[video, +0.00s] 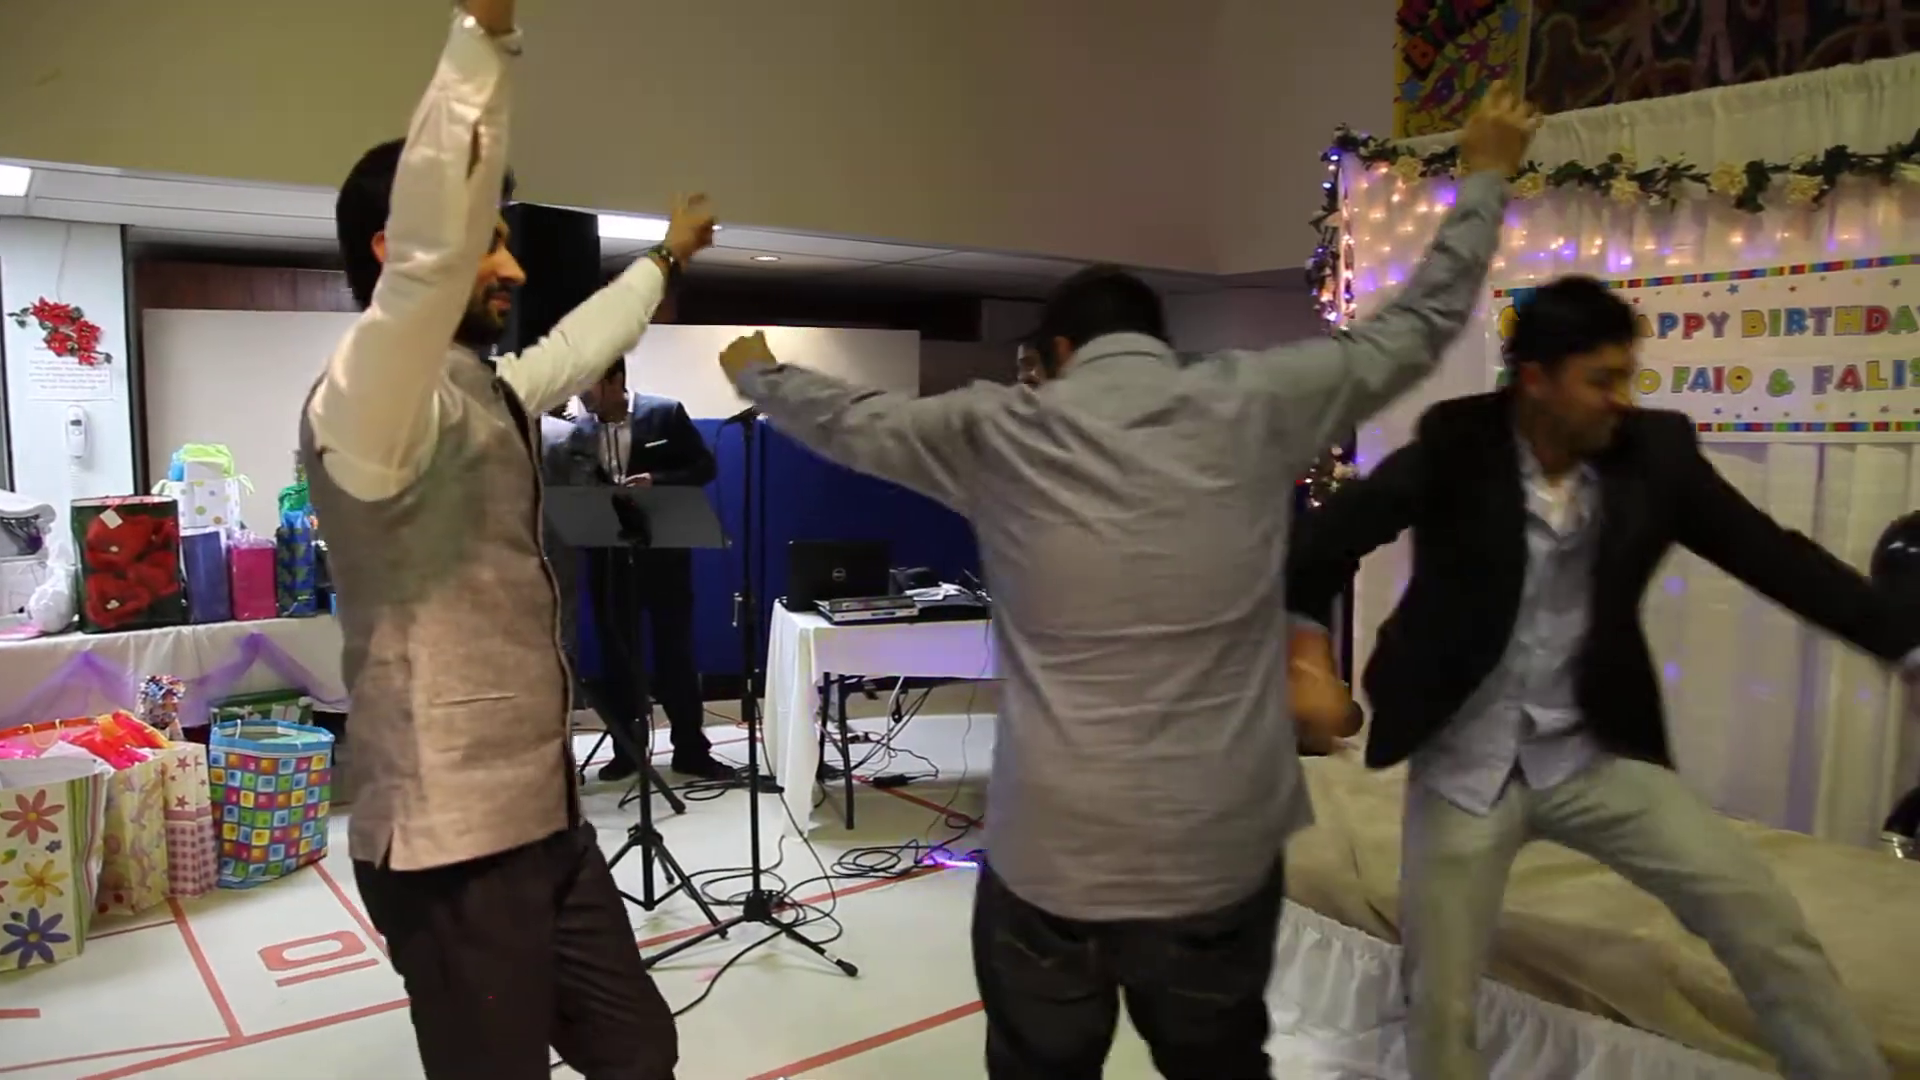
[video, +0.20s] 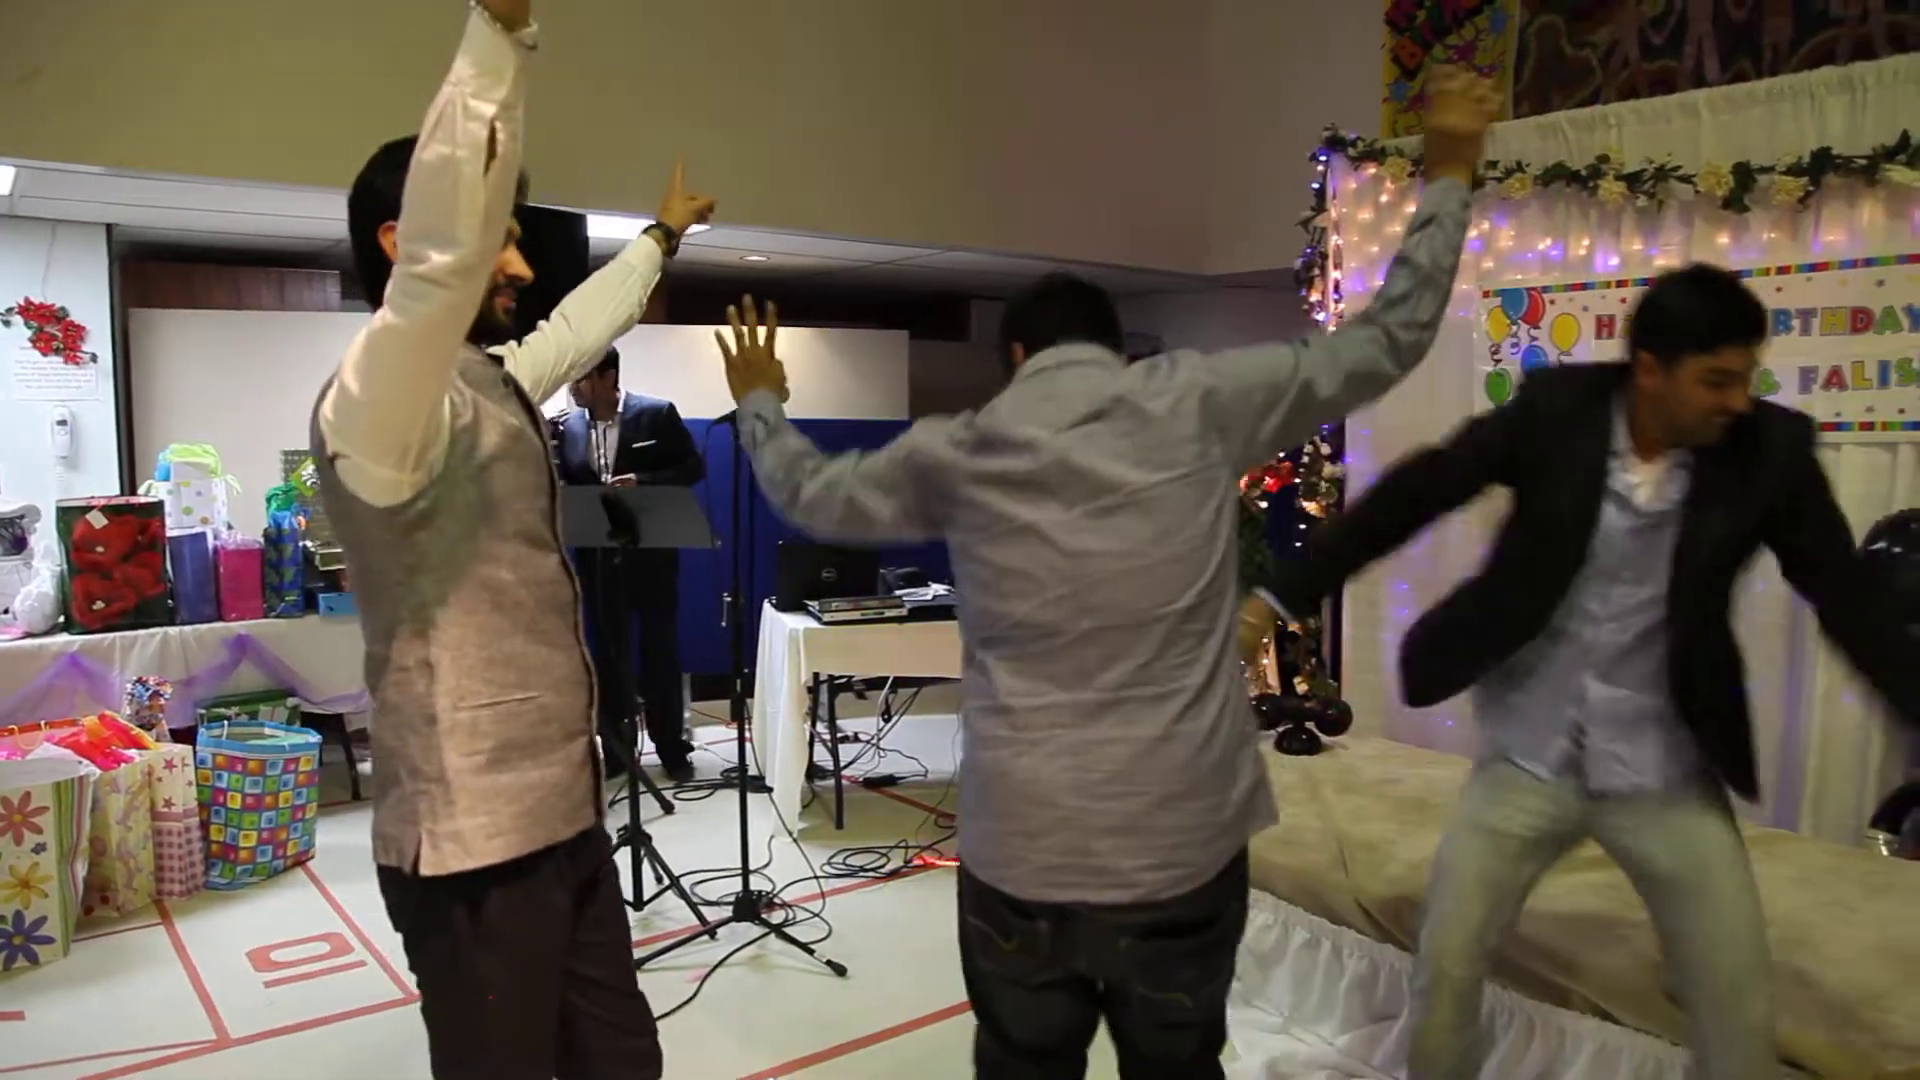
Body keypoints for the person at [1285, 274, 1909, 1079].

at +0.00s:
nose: (1622, 400)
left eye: (1627, 380)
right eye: (1604, 381)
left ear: (1634, 376)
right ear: (1532, 377)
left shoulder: (1654, 460)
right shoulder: (1450, 455)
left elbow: (1772, 556)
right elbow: (1322, 543)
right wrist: (1308, 665)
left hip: (1592, 757)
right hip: (1462, 767)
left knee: (1753, 909)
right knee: (1440, 998)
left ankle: (1857, 1074)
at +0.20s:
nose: (1738, 400)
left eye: (1747, 380)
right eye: (1719, 381)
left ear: (1752, 370)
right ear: (1648, 368)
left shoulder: (1770, 452)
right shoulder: (1553, 415)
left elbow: (1852, 602)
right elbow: (1422, 487)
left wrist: (1918, 706)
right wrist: (1299, 580)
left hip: (1666, 773)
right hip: (1526, 760)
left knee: (1735, 999)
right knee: (1446, 955)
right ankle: (1437, 1077)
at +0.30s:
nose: (1782, 424)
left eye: (1794, 403)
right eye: (1761, 403)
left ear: (1805, 394)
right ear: (1693, 387)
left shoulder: (1821, 509)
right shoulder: (1600, 441)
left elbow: (1809, 679)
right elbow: (1477, 528)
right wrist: (1345, 630)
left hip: (1695, 794)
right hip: (1556, 766)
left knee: (1741, 1043)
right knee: (1458, 953)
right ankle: (1429, 1074)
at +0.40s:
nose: (1804, 412)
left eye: (1823, 391)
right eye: (1782, 387)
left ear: (1838, 382)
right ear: (1722, 365)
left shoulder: (1828, 505)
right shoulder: (1641, 410)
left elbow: (1738, 677)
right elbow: (1533, 516)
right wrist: (1439, 642)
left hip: (1689, 766)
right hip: (1567, 726)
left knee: (1734, 1005)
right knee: (1449, 888)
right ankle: (1462, 1074)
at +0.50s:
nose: (1782, 406)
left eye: (1806, 391)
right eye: (1766, 379)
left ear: (1824, 390)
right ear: (1714, 356)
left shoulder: (1793, 490)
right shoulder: (1640, 399)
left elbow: (1711, 640)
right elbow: (1520, 516)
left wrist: (1583, 668)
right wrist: (1507, 622)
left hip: (1691, 760)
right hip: (1579, 719)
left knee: (1723, 995)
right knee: (1446, 867)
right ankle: (1459, 1073)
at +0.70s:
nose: (1678, 417)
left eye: (1702, 399)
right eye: (1660, 392)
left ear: (1722, 391)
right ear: (1614, 369)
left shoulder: (1735, 488)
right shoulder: (1548, 436)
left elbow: (1679, 662)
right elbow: (1492, 594)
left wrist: (1533, 661)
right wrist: (1582, 601)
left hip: (1696, 781)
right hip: (1565, 764)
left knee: (1771, 1036)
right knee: (1508, 982)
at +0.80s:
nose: (1646, 420)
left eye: (1666, 400)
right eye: (1626, 398)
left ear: (1684, 393)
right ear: (1574, 381)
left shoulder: (1706, 492)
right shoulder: (1504, 464)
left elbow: (1706, 681)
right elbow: (1449, 632)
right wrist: (1541, 710)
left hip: (1694, 795)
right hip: (1553, 793)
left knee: (1785, 1038)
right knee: (1507, 1007)